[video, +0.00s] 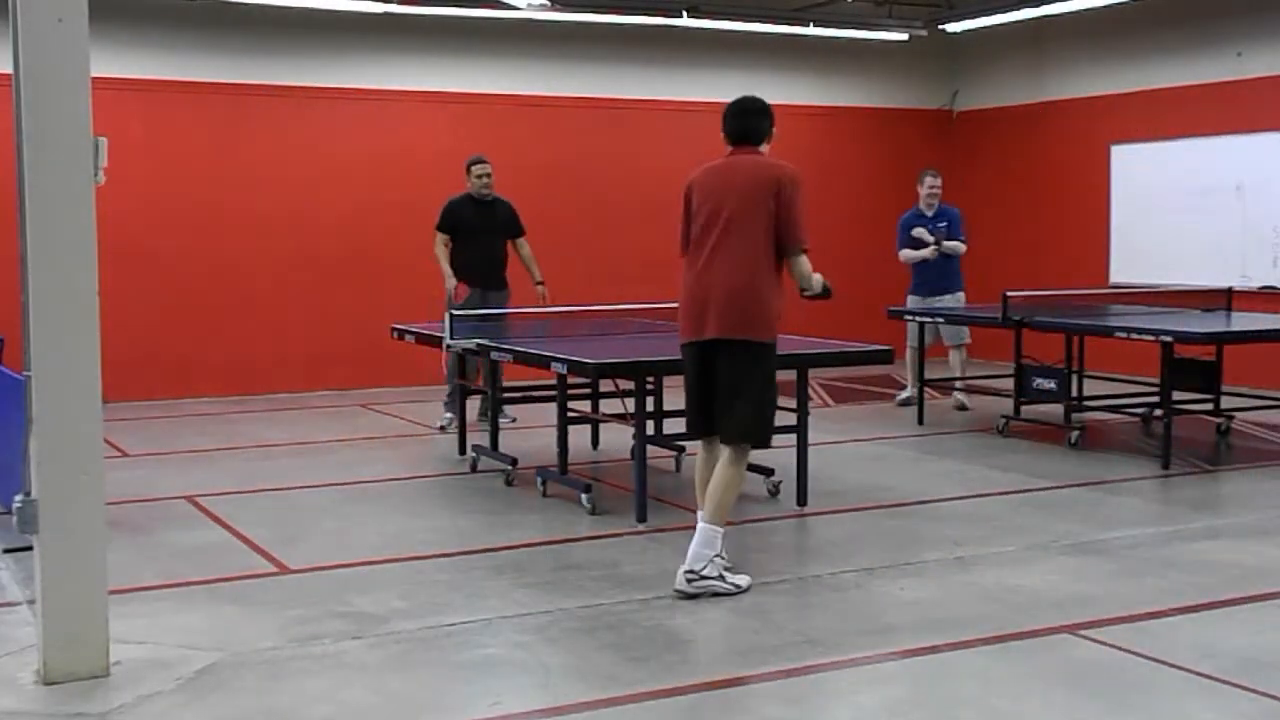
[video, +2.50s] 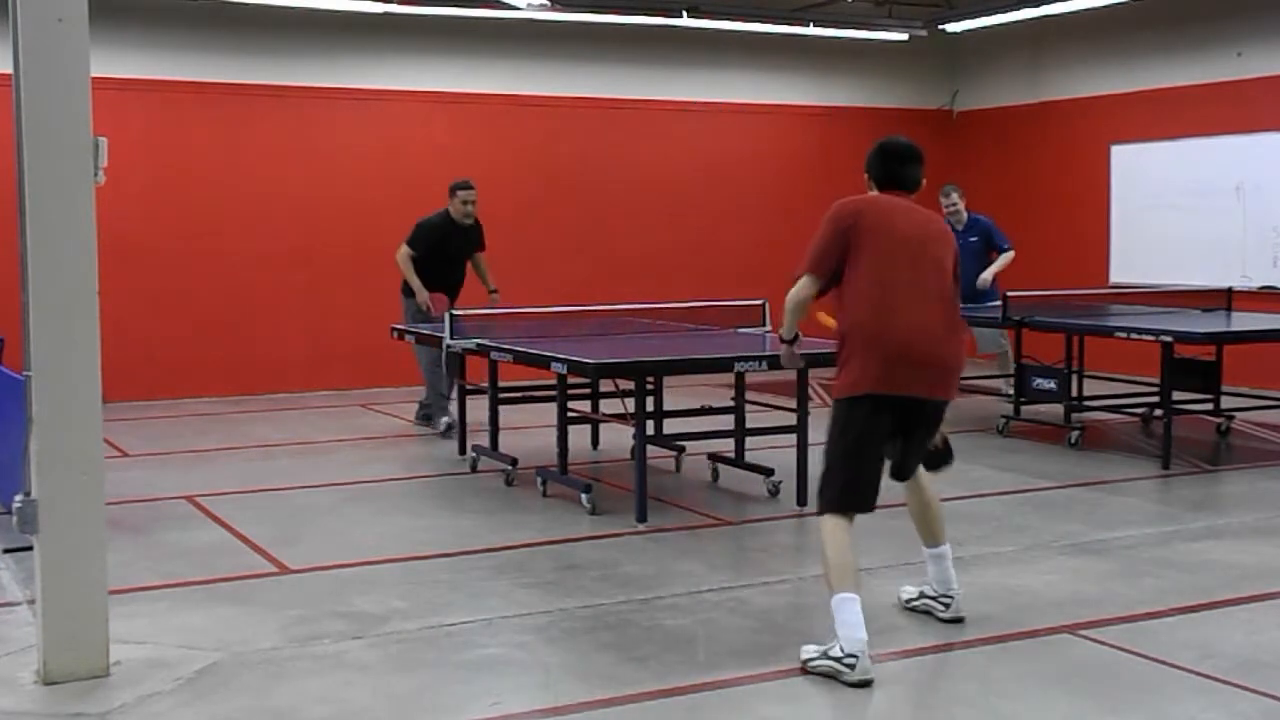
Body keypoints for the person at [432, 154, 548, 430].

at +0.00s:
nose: (486, 181)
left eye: (489, 176)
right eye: (479, 177)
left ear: (494, 178)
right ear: (468, 180)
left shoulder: (505, 209)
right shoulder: (455, 208)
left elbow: (521, 245)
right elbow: (441, 244)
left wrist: (538, 280)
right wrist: (449, 278)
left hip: (497, 290)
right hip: (464, 289)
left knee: (495, 351)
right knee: (459, 350)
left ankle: (492, 405)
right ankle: (453, 407)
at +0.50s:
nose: (473, 181)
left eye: (477, 176)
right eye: (468, 176)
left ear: (482, 180)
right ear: (456, 180)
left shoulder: (488, 211)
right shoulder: (441, 211)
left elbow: (501, 248)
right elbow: (428, 252)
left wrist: (513, 284)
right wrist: (418, 292)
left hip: (486, 295)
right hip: (453, 295)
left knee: (491, 352)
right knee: (448, 352)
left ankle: (490, 407)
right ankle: (431, 412)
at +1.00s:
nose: (460, 183)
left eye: (463, 178)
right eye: (454, 178)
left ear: (467, 179)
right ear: (441, 179)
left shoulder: (475, 207)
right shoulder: (425, 210)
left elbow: (485, 243)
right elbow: (414, 249)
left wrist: (499, 276)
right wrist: (424, 286)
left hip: (469, 292)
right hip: (434, 294)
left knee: (483, 347)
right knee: (433, 352)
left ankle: (485, 403)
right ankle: (429, 412)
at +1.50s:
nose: (492, 222)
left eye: (495, 216)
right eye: (486, 216)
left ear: (499, 214)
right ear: (473, 214)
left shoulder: (501, 236)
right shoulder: (451, 234)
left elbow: (506, 270)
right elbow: (423, 262)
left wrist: (517, 302)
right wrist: (453, 290)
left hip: (480, 301)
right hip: (446, 302)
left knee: (490, 355)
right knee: (451, 357)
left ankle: (487, 407)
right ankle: (454, 413)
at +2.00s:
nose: (493, 240)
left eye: (496, 234)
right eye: (488, 234)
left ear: (498, 229)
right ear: (473, 228)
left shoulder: (473, 232)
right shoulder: (459, 245)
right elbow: (489, 264)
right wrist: (521, 272)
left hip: (452, 302)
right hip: (427, 303)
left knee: (459, 354)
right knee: (438, 361)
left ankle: (457, 406)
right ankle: (453, 416)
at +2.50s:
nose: (470, 208)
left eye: (473, 203)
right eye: (464, 203)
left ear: (476, 203)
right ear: (450, 202)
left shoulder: (474, 227)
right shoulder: (430, 226)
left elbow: (476, 257)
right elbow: (402, 256)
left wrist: (491, 289)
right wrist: (419, 290)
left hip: (446, 302)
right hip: (419, 301)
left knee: (453, 358)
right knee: (431, 357)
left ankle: (428, 407)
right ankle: (441, 413)